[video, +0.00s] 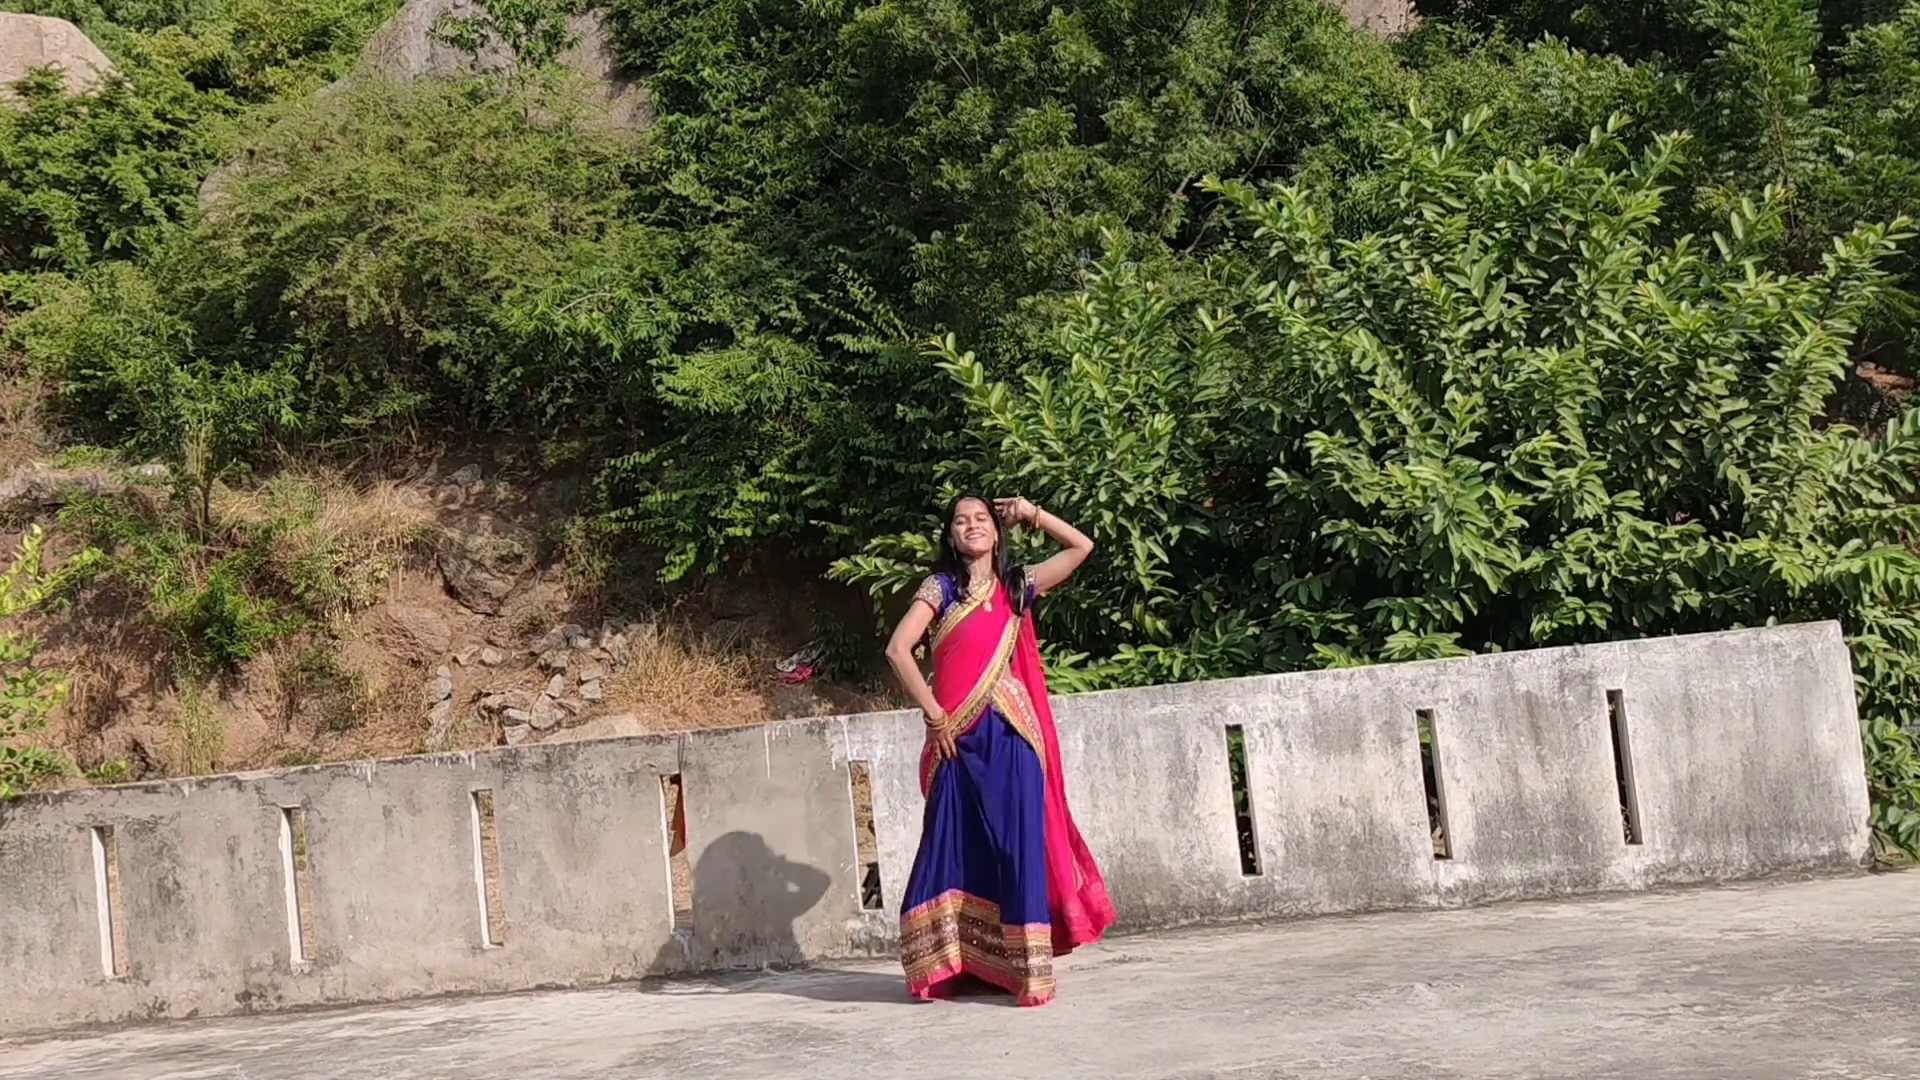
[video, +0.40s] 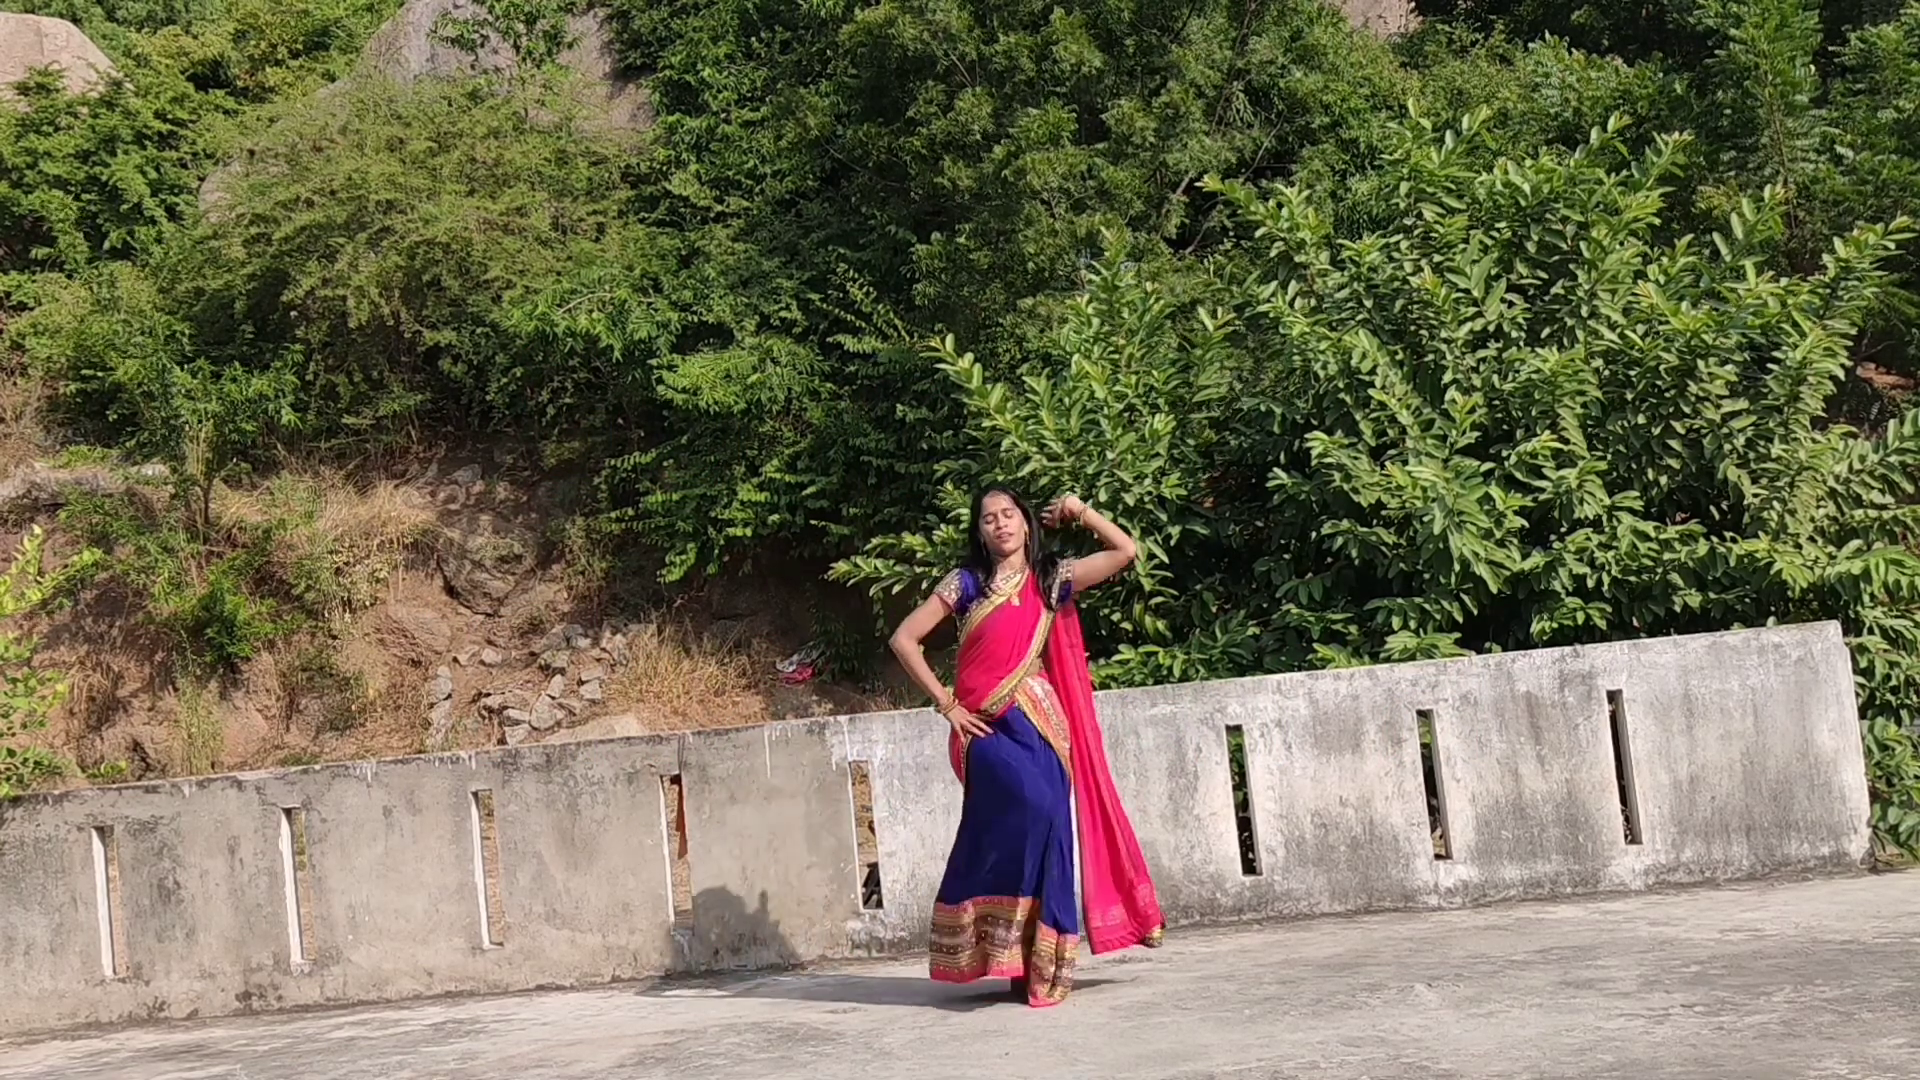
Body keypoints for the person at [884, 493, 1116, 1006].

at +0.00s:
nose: (972, 526)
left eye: (980, 518)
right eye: (962, 521)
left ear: (998, 530)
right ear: (951, 537)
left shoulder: (1019, 585)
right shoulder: (942, 588)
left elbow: (1080, 548)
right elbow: (897, 649)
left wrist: (1032, 514)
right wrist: (935, 716)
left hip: (1014, 728)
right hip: (960, 732)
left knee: (1021, 846)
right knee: (964, 846)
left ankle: (1030, 969)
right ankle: (965, 963)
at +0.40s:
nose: (999, 524)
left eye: (1006, 514)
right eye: (989, 519)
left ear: (1026, 522)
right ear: (979, 533)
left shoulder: (1050, 578)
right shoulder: (966, 584)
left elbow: (1126, 551)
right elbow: (904, 639)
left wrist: (1081, 511)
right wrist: (945, 703)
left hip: (1036, 714)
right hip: (980, 721)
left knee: (1052, 818)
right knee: (1038, 804)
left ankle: (1045, 962)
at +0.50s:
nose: (1005, 526)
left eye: (1012, 515)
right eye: (995, 520)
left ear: (1033, 521)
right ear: (985, 532)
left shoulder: (1057, 578)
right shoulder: (971, 583)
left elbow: (1128, 555)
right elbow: (905, 636)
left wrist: (1096, 506)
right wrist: (945, 696)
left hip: (1038, 712)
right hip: (982, 717)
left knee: (1036, 816)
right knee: (1046, 785)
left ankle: (1028, 960)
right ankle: (1040, 946)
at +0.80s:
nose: (1023, 539)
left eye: (1032, 527)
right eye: (1013, 532)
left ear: (1054, 528)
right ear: (1004, 539)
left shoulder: (1079, 580)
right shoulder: (994, 590)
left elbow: (1112, 530)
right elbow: (931, 648)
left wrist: (1137, 473)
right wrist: (974, 684)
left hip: (1062, 720)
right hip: (1009, 726)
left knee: (1056, 843)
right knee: (1032, 845)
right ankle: (1084, 974)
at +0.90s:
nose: (1030, 545)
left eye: (1038, 533)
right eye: (1019, 537)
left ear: (1059, 535)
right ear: (1009, 545)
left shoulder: (1085, 582)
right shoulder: (1002, 601)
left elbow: (1123, 537)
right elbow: (956, 668)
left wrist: (1166, 493)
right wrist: (983, 686)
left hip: (1072, 726)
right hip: (1018, 732)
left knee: (1072, 846)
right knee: (1037, 852)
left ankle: (1088, 979)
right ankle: (1056, 980)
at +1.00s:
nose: (1035, 540)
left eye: (1044, 529)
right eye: (1024, 531)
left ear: (1062, 534)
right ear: (1011, 540)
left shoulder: (1090, 579)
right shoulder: (1001, 604)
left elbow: (1145, 559)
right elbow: (986, 674)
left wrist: (1206, 542)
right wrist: (994, 714)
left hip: (1084, 734)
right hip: (1025, 740)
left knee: (1086, 855)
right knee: (1037, 860)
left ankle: (1100, 983)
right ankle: (1051, 988)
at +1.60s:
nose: (1080, 492)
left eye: (1090, 485)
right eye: (1068, 485)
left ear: (1106, 501)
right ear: (1052, 502)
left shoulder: (1113, 571)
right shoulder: (1040, 562)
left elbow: (1134, 655)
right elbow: (1023, 651)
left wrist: (1159, 738)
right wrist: (1059, 735)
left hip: (1134, 731)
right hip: (1080, 737)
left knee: (1143, 863)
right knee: (1095, 868)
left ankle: (1143, 1011)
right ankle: (1103, 1012)